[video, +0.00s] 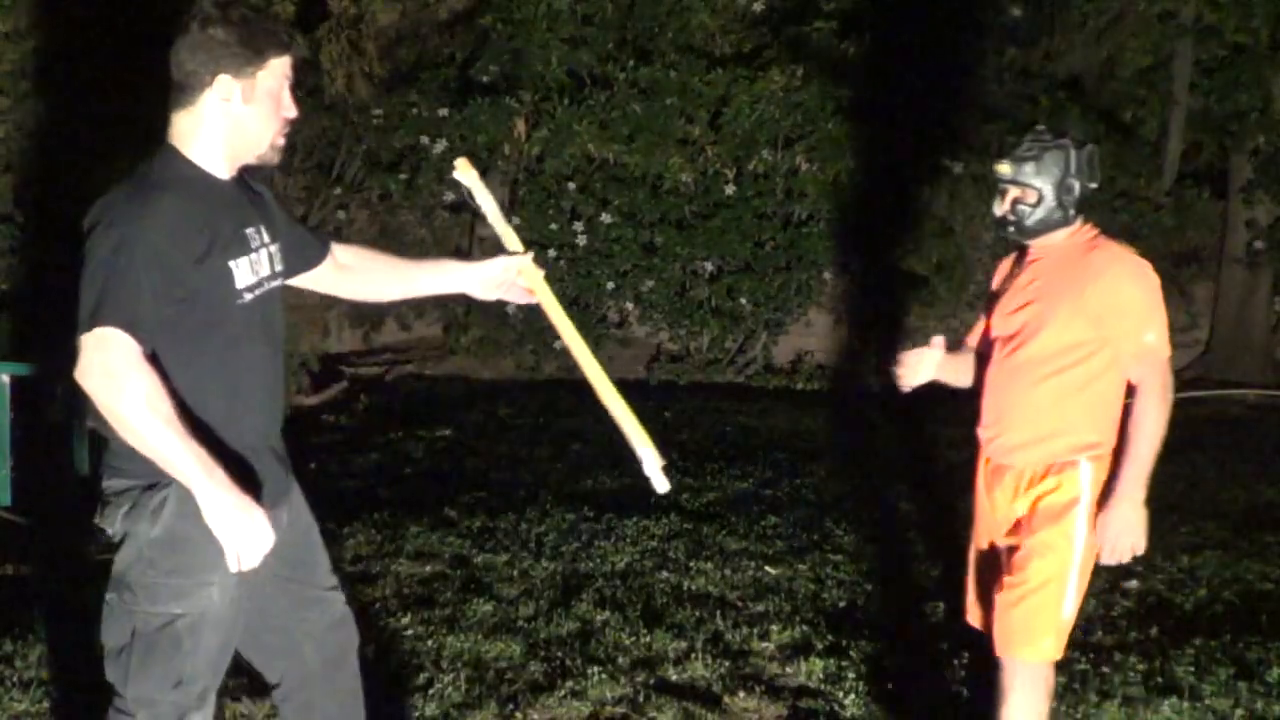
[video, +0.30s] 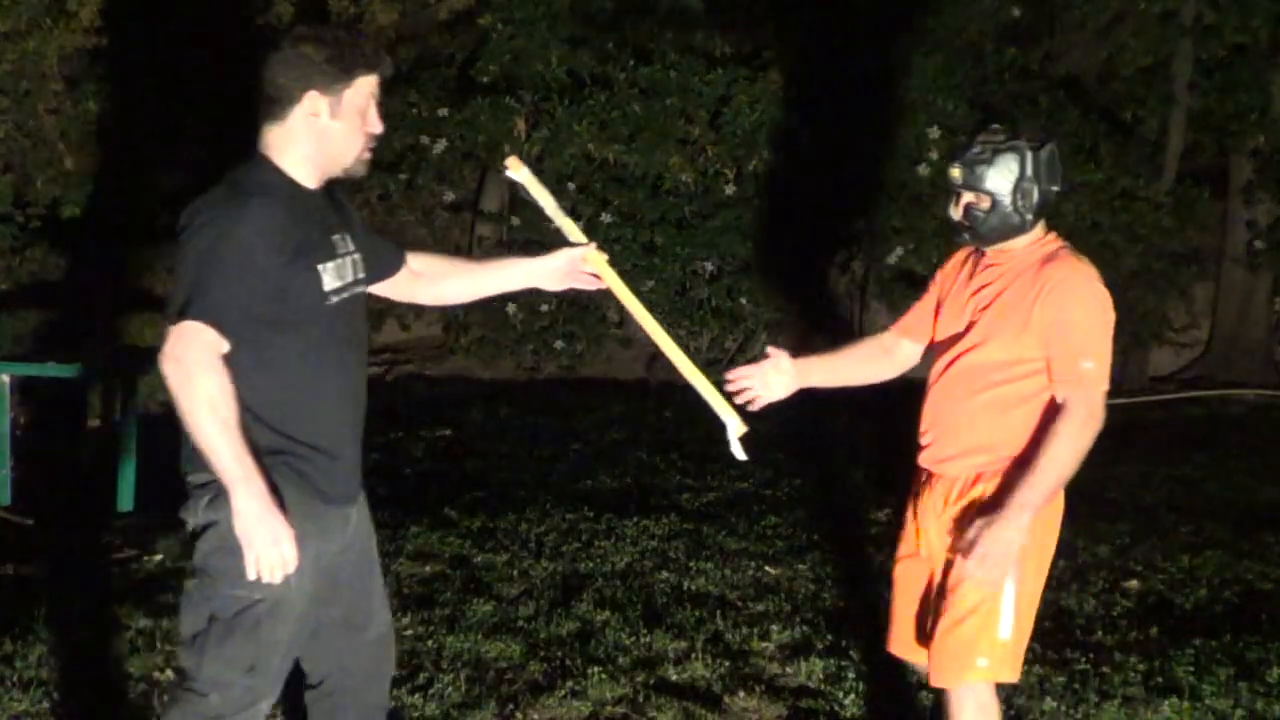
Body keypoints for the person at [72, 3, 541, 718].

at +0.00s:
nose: (294, 111)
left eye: (292, 89)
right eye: (282, 88)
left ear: (231, 95)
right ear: (225, 93)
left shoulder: (249, 204)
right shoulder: (140, 215)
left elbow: (334, 268)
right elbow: (103, 361)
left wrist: (475, 276)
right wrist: (214, 489)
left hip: (266, 495)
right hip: (173, 508)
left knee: (324, 670)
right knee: (162, 703)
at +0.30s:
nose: (379, 128)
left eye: (378, 109)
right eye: (368, 107)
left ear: (318, 112)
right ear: (316, 110)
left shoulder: (329, 215)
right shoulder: (239, 216)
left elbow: (411, 277)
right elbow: (187, 355)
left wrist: (543, 269)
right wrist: (249, 495)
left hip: (341, 515)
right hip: (261, 517)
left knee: (356, 697)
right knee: (221, 705)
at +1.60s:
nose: (325, 136)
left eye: (328, 119)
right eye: (315, 116)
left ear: (268, 119)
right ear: (268, 116)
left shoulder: (264, 213)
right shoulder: (204, 207)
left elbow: (336, 311)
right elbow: (289, 317)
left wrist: (337, 213)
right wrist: (320, 216)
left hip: (270, 489)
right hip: (194, 484)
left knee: (295, 661)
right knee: (157, 684)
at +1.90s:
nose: (278, 151)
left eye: (281, 133)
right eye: (268, 131)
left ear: (226, 134)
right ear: (223, 131)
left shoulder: (224, 220)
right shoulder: (147, 223)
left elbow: (287, 319)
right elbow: (237, 339)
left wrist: (285, 224)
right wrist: (272, 230)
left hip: (228, 500)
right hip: (147, 498)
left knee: (281, 666)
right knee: (107, 693)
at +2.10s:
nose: (274, 145)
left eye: (276, 127)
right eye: (263, 125)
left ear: (219, 131)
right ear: (215, 127)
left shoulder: (217, 218)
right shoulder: (143, 221)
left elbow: (284, 315)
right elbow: (237, 330)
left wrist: (279, 218)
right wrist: (268, 221)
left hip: (231, 498)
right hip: (149, 498)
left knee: (279, 662)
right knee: (110, 695)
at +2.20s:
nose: (274, 143)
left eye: (276, 126)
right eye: (263, 123)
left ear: (219, 130)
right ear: (215, 126)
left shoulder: (218, 217)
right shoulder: (144, 220)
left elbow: (286, 314)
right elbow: (238, 331)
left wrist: (281, 216)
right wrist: (269, 219)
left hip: (231, 497)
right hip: (150, 498)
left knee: (280, 664)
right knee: (110, 696)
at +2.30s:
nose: (273, 145)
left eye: (276, 127)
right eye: (262, 125)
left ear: (220, 130)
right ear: (215, 125)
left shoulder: (219, 217)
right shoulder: (145, 219)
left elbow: (288, 314)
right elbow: (238, 331)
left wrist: (284, 217)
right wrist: (271, 220)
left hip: (233, 499)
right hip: (151, 500)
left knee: (282, 659)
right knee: (109, 696)